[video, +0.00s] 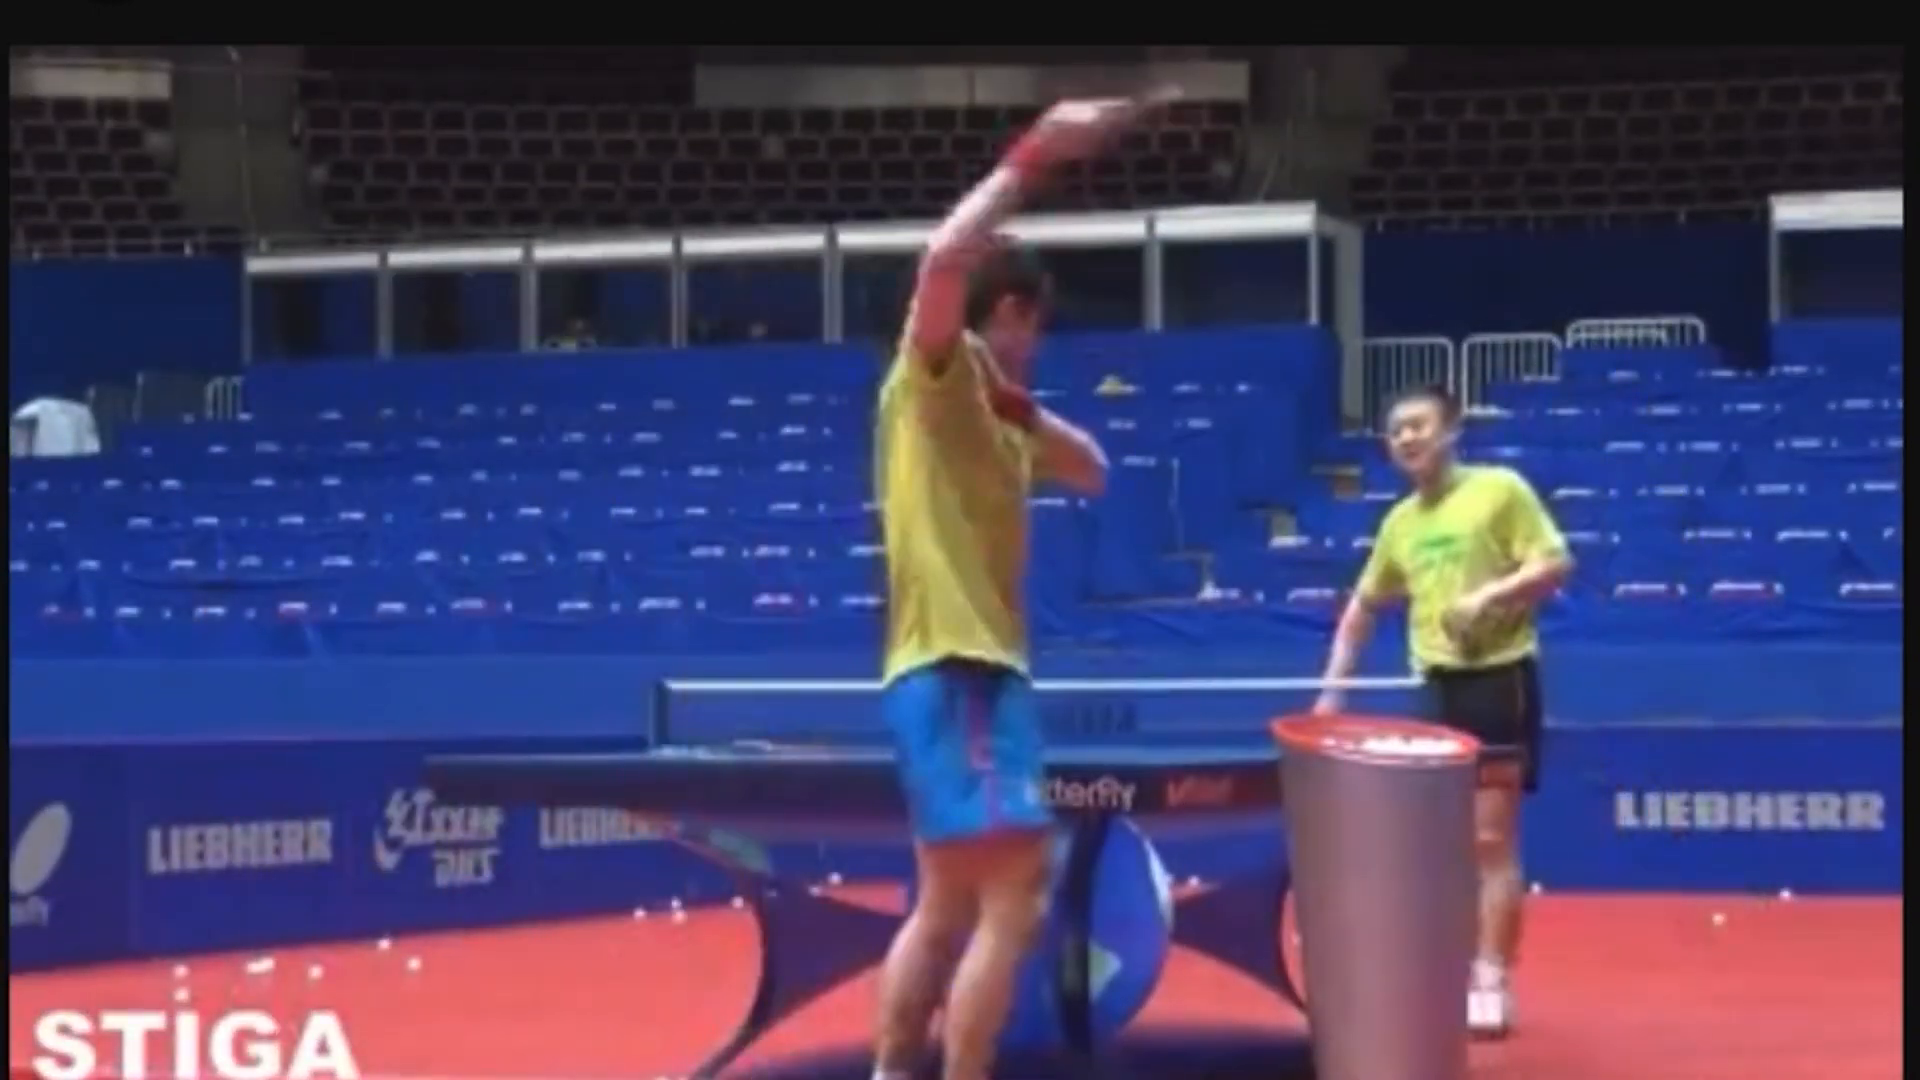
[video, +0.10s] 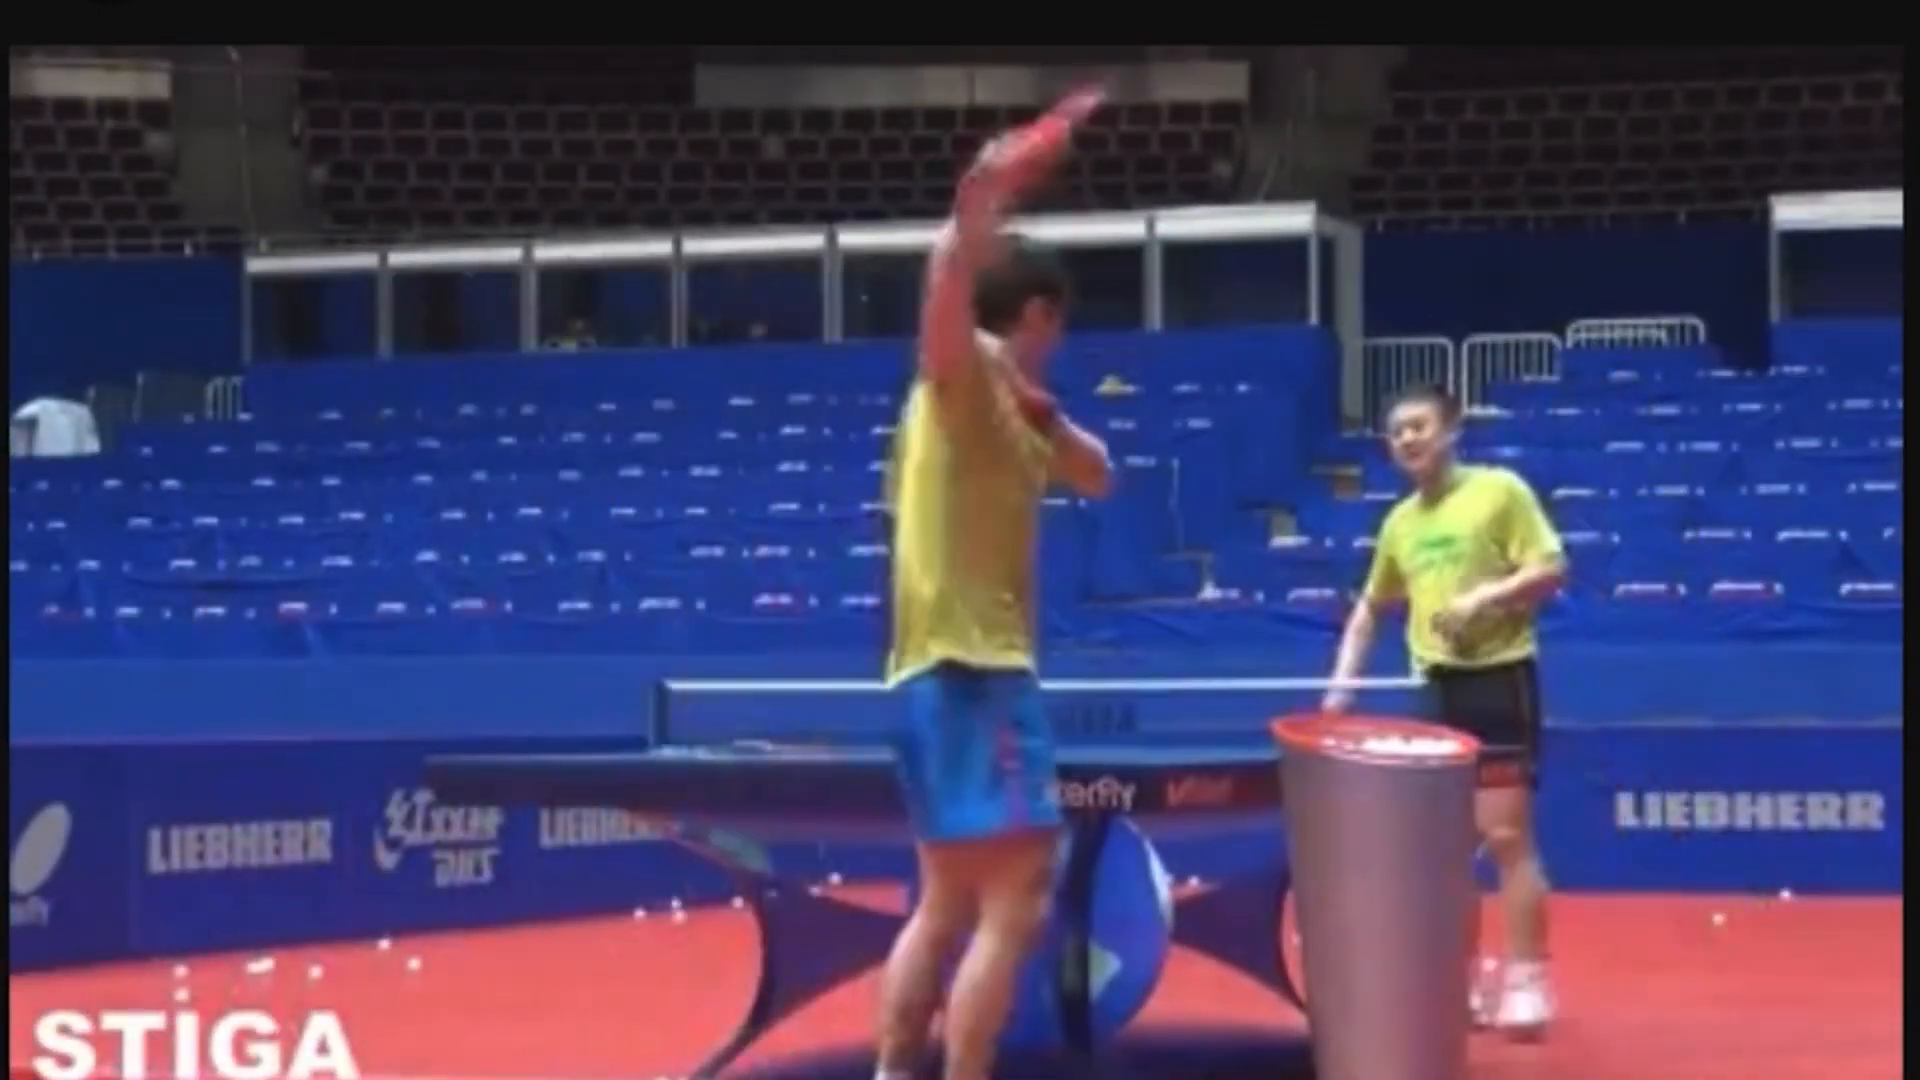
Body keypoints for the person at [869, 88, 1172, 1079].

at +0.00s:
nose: (1036, 338)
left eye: (1037, 323)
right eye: (1031, 319)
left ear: (998, 319)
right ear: (998, 311)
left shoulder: (1000, 423)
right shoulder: (932, 385)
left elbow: (1087, 468)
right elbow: (943, 260)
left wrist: (1013, 404)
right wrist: (1028, 158)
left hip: (964, 670)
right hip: (954, 667)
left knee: (941, 909)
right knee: (1013, 903)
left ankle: (896, 1069)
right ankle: (962, 1071)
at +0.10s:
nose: (1058, 334)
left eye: (1058, 320)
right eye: (1055, 319)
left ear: (1008, 315)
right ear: (1031, 316)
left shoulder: (1013, 415)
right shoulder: (960, 387)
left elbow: (1096, 476)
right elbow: (948, 307)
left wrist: (1039, 412)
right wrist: (982, 199)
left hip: (957, 668)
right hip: (969, 667)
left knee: (946, 905)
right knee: (1013, 907)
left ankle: (893, 1064)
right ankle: (964, 1068)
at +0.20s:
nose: (1087, 333)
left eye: (1088, 317)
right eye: (1082, 316)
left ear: (994, 311)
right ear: (1054, 316)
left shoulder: (986, 392)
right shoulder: (990, 367)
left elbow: (1092, 493)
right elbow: (1033, 417)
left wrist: (1067, 427)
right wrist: (1065, 386)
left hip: (941, 671)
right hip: (983, 669)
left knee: (970, 893)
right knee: (1009, 902)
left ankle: (910, 1064)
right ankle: (961, 1069)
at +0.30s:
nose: (1080, 341)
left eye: (1077, 326)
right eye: (1081, 326)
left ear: (999, 317)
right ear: (1064, 323)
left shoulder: (972, 387)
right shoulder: (1004, 383)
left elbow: (1020, 521)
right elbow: (1004, 456)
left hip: (951, 678)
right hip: (979, 679)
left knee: (999, 893)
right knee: (1016, 893)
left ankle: (950, 1062)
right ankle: (950, 1067)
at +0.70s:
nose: (1132, 331)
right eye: (1131, 320)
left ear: (1043, 324)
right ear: (1123, 323)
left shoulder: (1015, 405)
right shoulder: (1107, 378)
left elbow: (1149, 516)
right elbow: (1165, 445)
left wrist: (1183, 420)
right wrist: (1186, 400)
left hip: (995, 686)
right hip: (1056, 684)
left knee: (1064, 913)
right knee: (1122, 909)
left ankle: (1046, 1067)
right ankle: (1009, 1066)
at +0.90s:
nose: (1068, 324)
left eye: (1072, 314)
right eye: (1155, 317)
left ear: (1074, 326)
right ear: (1159, 321)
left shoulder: (1047, 409)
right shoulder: (1180, 380)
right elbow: (1182, 500)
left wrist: (1200, 402)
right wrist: (1218, 394)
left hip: (1021, 694)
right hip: (1117, 688)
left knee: (1072, 909)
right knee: (1215, 888)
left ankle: (1048, 1070)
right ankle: (1165, 1062)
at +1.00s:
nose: (1090, 324)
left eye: (1091, 314)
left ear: (1100, 324)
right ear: (1184, 326)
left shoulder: (1065, 411)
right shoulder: (1209, 392)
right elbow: (1239, 483)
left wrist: (1256, 478)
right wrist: (1275, 474)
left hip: (1047, 698)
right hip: (1150, 695)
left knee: (1074, 915)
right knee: (1221, 912)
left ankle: (1051, 1072)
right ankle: (1253, 1069)